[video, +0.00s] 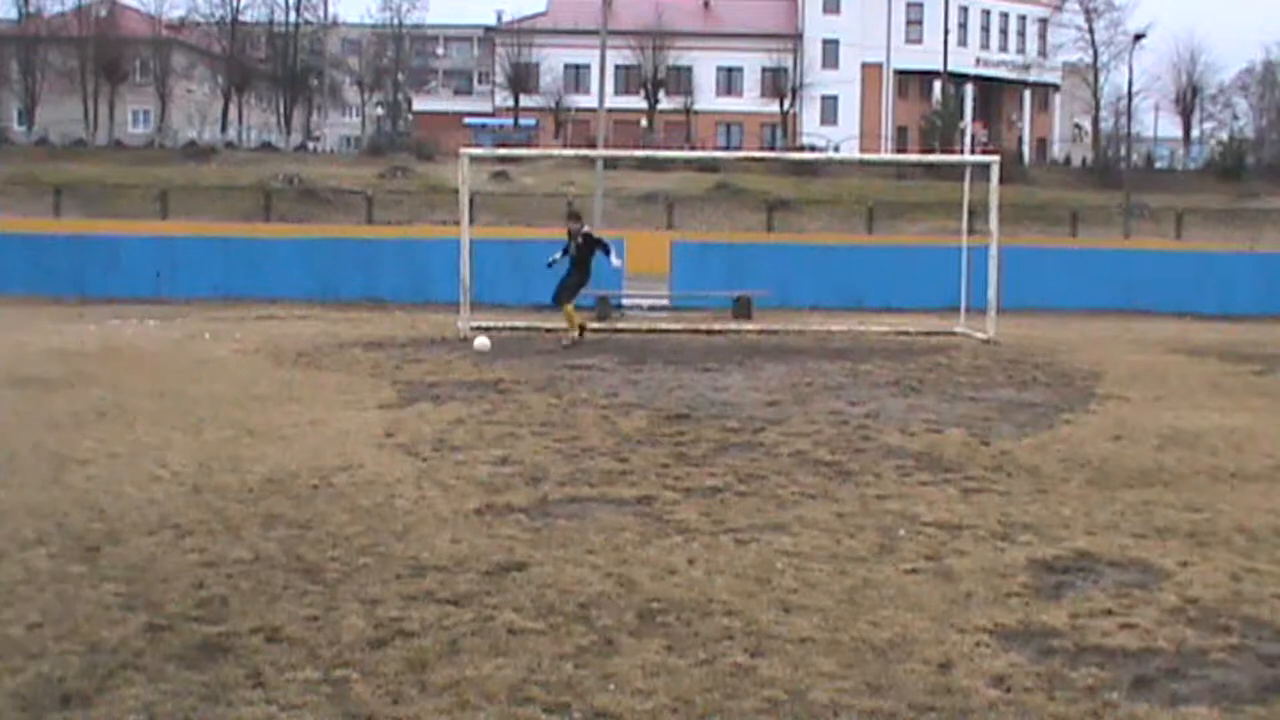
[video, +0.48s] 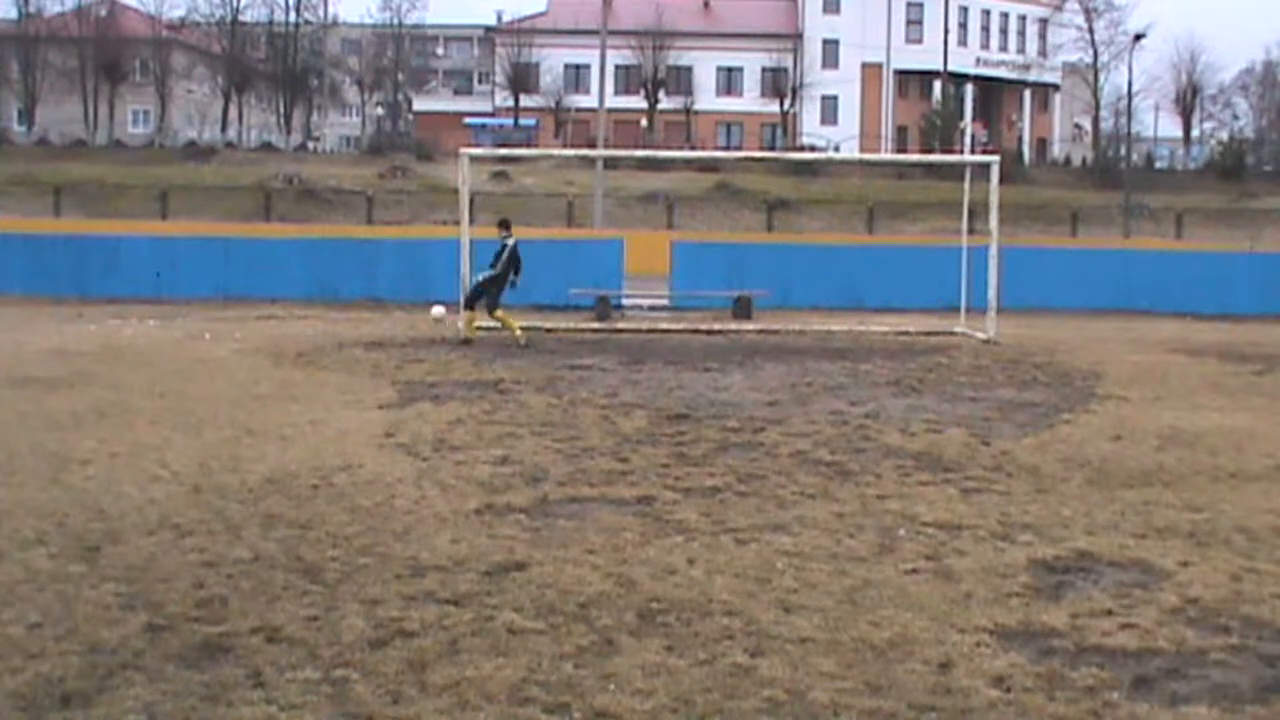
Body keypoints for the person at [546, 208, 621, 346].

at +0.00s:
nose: (572, 227)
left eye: (575, 224)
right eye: (570, 224)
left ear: (581, 224)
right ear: (567, 224)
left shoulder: (588, 238)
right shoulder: (571, 236)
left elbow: (604, 245)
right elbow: (567, 250)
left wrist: (612, 258)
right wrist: (557, 258)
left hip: (582, 272)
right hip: (572, 271)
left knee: (565, 300)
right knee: (559, 299)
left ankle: (574, 330)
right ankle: (578, 324)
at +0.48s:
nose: (498, 233)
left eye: (499, 230)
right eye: (499, 230)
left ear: (503, 230)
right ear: (509, 229)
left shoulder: (508, 245)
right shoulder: (511, 243)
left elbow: (498, 270)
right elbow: (517, 261)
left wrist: (483, 277)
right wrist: (515, 277)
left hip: (496, 280)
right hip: (496, 278)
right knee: (492, 310)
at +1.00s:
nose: (475, 217)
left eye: (478, 213)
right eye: (473, 214)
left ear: (483, 214)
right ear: (470, 215)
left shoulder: (486, 230)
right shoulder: (473, 230)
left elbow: (483, 254)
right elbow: (470, 252)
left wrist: (473, 270)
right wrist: (463, 269)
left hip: (484, 270)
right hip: (473, 270)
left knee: (481, 301)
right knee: (473, 302)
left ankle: (485, 333)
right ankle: (475, 331)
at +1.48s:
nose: (481, 215)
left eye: (484, 212)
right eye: (479, 212)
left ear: (489, 214)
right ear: (475, 213)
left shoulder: (495, 230)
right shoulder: (470, 232)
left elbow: (501, 251)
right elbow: (464, 251)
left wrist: (502, 266)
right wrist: (460, 268)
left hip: (492, 270)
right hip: (475, 271)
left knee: (499, 299)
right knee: (476, 303)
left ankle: (505, 327)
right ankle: (476, 329)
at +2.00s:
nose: (516, 215)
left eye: (517, 212)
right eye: (513, 212)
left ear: (519, 214)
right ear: (507, 213)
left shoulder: (523, 230)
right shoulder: (503, 229)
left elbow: (530, 249)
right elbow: (497, 232)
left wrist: (535, 264)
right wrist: (496, 227)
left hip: (517, 268)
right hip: (504, 267)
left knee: (511, 301)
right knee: (500, 301)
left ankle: (505, 329)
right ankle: (497, 329)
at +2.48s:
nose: (555, 221)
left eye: (556, 218)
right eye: (553, 217)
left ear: (553, 219)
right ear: (547, 218)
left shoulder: (553, 233)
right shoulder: (538, 233)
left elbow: (556, 253)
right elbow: (534, 251)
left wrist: (562, 264)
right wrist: (530, 249)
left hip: (546, 268)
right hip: (537, 269)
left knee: (538, 301)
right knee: (542, 301)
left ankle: (517, 323)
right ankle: (545, 333)